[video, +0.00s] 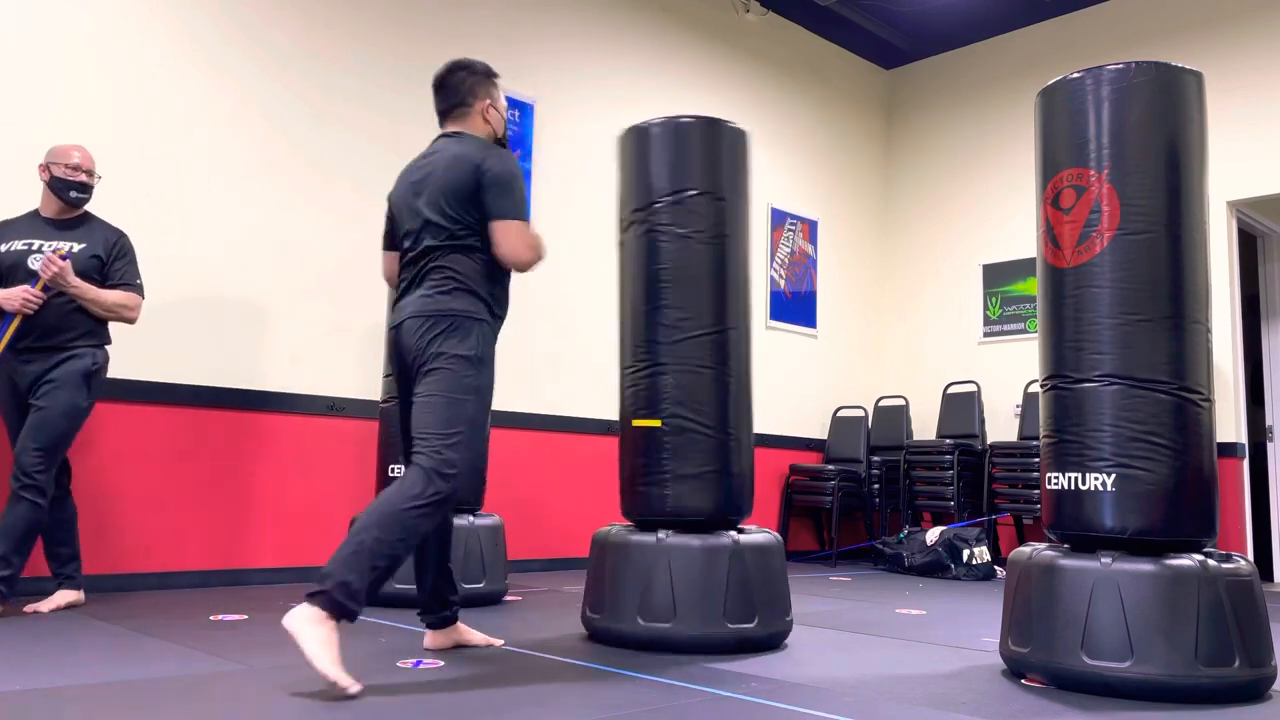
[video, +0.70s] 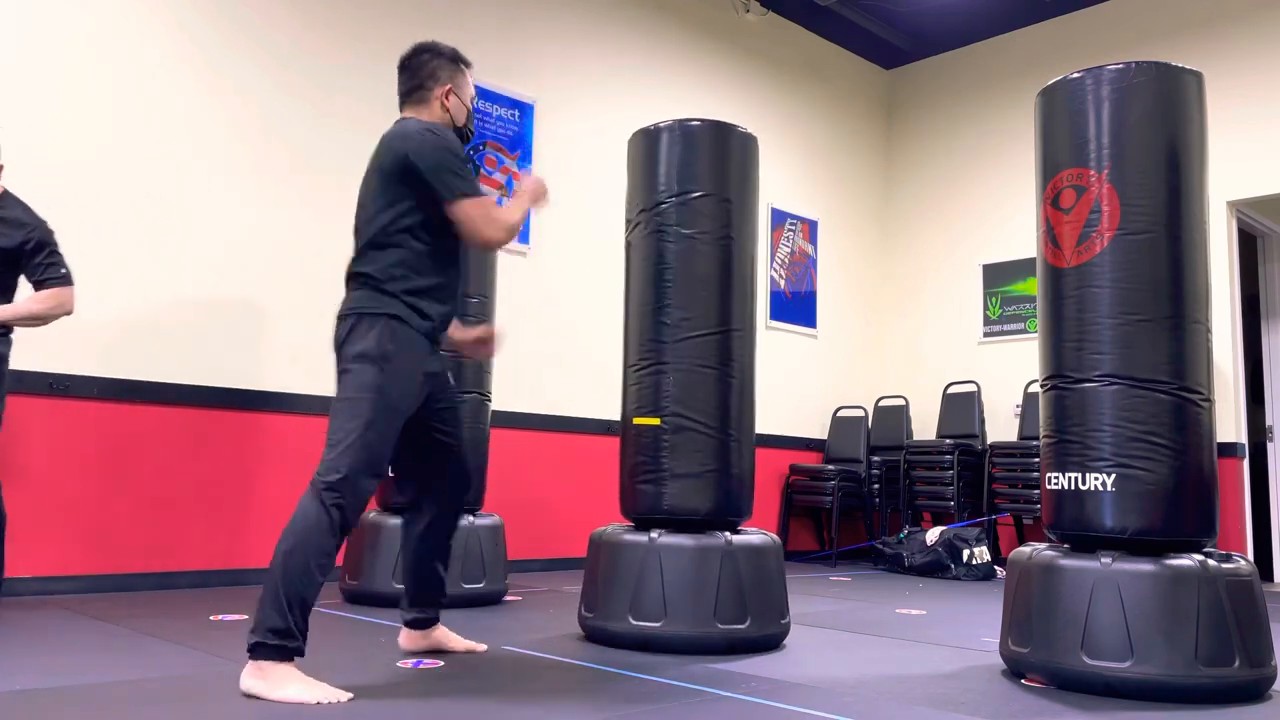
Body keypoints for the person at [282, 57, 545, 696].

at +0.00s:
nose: (505, 114)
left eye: (501, 104)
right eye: (502, 105)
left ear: (444, 111)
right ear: (489, 106)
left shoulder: (410, 173)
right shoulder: (491, 160)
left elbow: (392, 272)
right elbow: (514, 249)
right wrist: (537, 243)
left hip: (408, 319)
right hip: (458, 314)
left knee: (434, 472)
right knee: (442, 470)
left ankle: (441, 623)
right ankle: (322, 611)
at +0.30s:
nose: (471, 94)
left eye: (469, 84)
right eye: (469, 83)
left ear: (413, 82)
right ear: (451, 81)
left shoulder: (403, 129)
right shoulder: (423, 126)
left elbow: (408, 225)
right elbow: (428, 217)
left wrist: (465, 216)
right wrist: (487, 241)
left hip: (400, 319)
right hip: (387, 317)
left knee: (415, 476)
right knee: (343, 482)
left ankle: (405, 630)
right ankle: (269, 658)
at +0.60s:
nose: (470, 98)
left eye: (469, 88)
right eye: (467, 86)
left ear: (425, 81)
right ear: (445, 80)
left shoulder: (425, 152)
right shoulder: (408, 123)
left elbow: (432, 271)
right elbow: (417, 219)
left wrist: (505, 277)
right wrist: (503, 253)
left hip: (405, 331)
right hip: (368, 319)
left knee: (421, 473)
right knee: (328, 482)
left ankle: (399, 623)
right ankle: (267, 660)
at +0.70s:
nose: (472, 108)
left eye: (470, 98)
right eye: (468, 96)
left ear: (421, 94)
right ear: (447, 92)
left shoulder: (414, 147)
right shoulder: (424, 139)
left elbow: (402, 264)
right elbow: (488, 229)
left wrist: (446, 332)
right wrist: (527, 196)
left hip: (415, 338)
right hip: (385, 329)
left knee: (446, 480)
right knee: (342, 486)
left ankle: (421, 627)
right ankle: (269, 659)